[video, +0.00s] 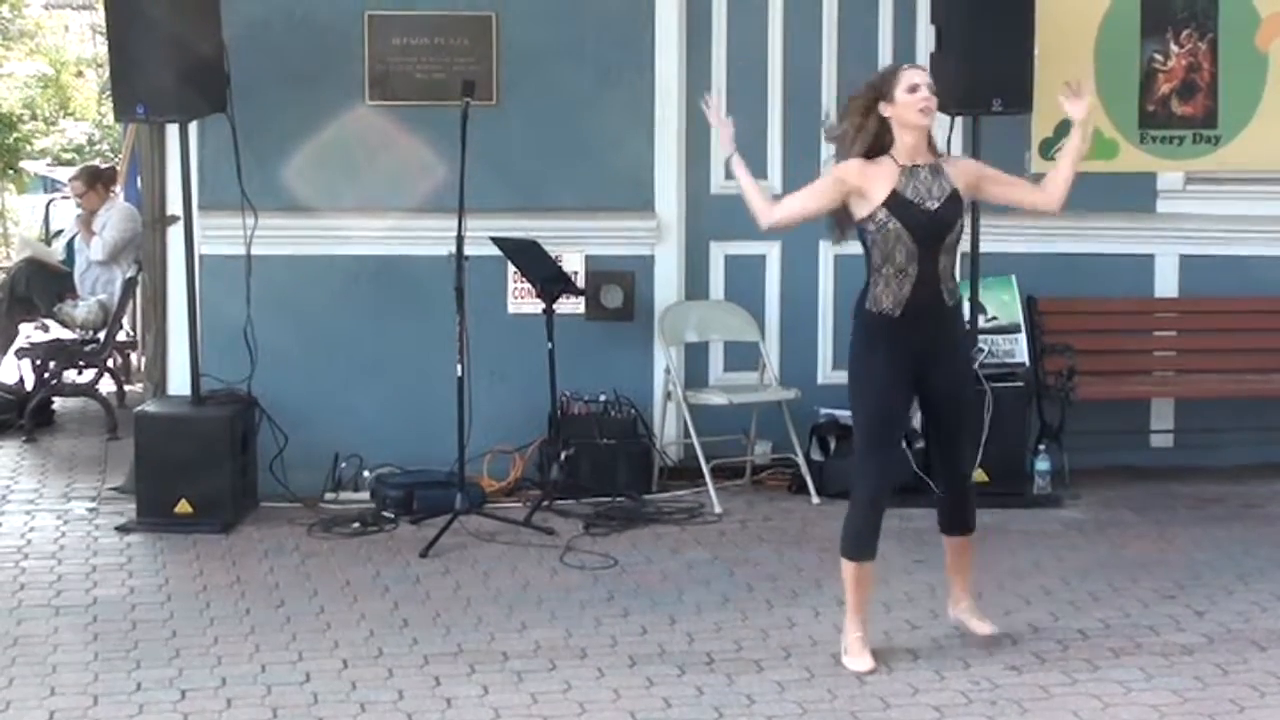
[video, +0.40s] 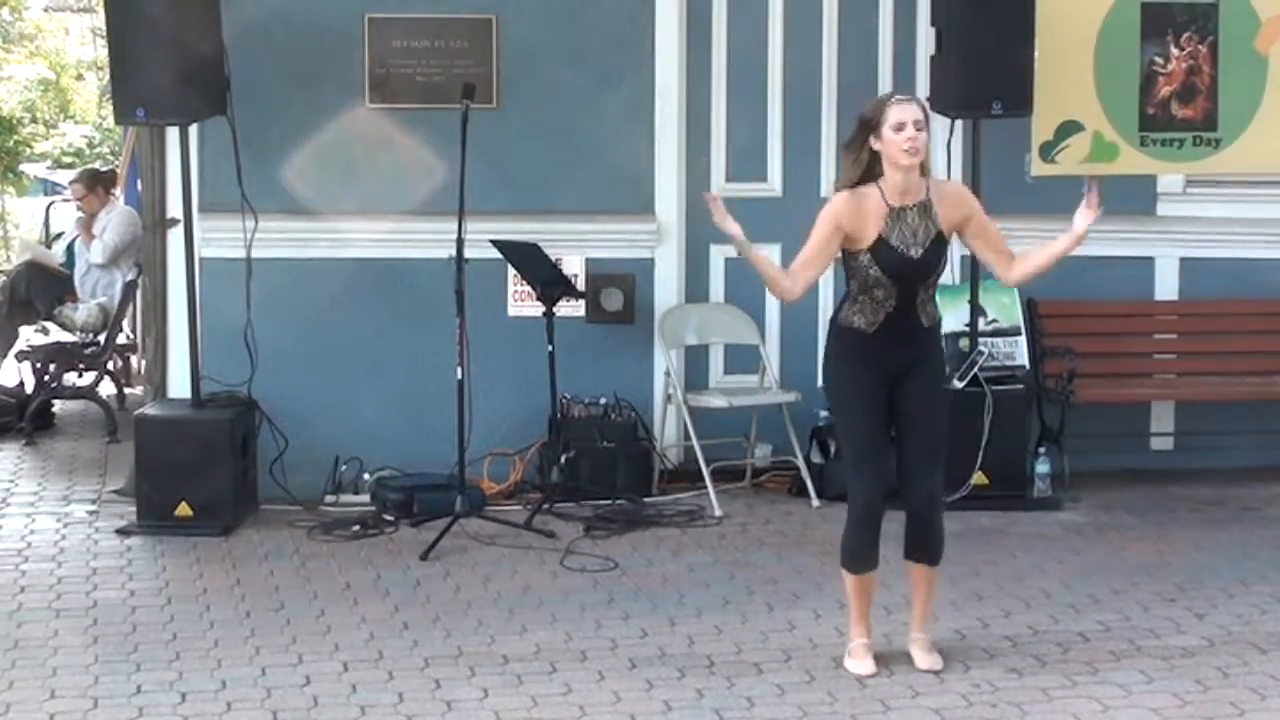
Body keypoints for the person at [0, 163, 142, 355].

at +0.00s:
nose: (78, 203)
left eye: (81, 196)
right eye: (75, 198)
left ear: (100, 189)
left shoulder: (124, 214)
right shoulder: (84, 218)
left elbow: (103, 252)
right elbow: (60, 257)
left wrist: (84, 229)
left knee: (28, 270)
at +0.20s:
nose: (77, 205)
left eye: (81, 198)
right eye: (75, 200)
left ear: (100, 191)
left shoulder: (124, 215)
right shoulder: (84, 220)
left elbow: (102, 254)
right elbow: (58, 257)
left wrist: (84, 230)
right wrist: (33, 255)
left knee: (29, 271)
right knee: (14, 308)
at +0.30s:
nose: (77, 205)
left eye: (81, 199)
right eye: (75, 200)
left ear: (101, 191)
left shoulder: (125, 216)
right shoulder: (87, 220)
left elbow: (102, 254)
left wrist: (84, 231)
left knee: (29, 272)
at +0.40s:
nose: (78, 206)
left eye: (81, 199)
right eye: (75, 201)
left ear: (100, 192)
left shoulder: (125, 216)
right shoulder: (90, 220)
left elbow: (103, 255)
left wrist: (84, 232)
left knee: (29, 272)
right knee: (13, 310)